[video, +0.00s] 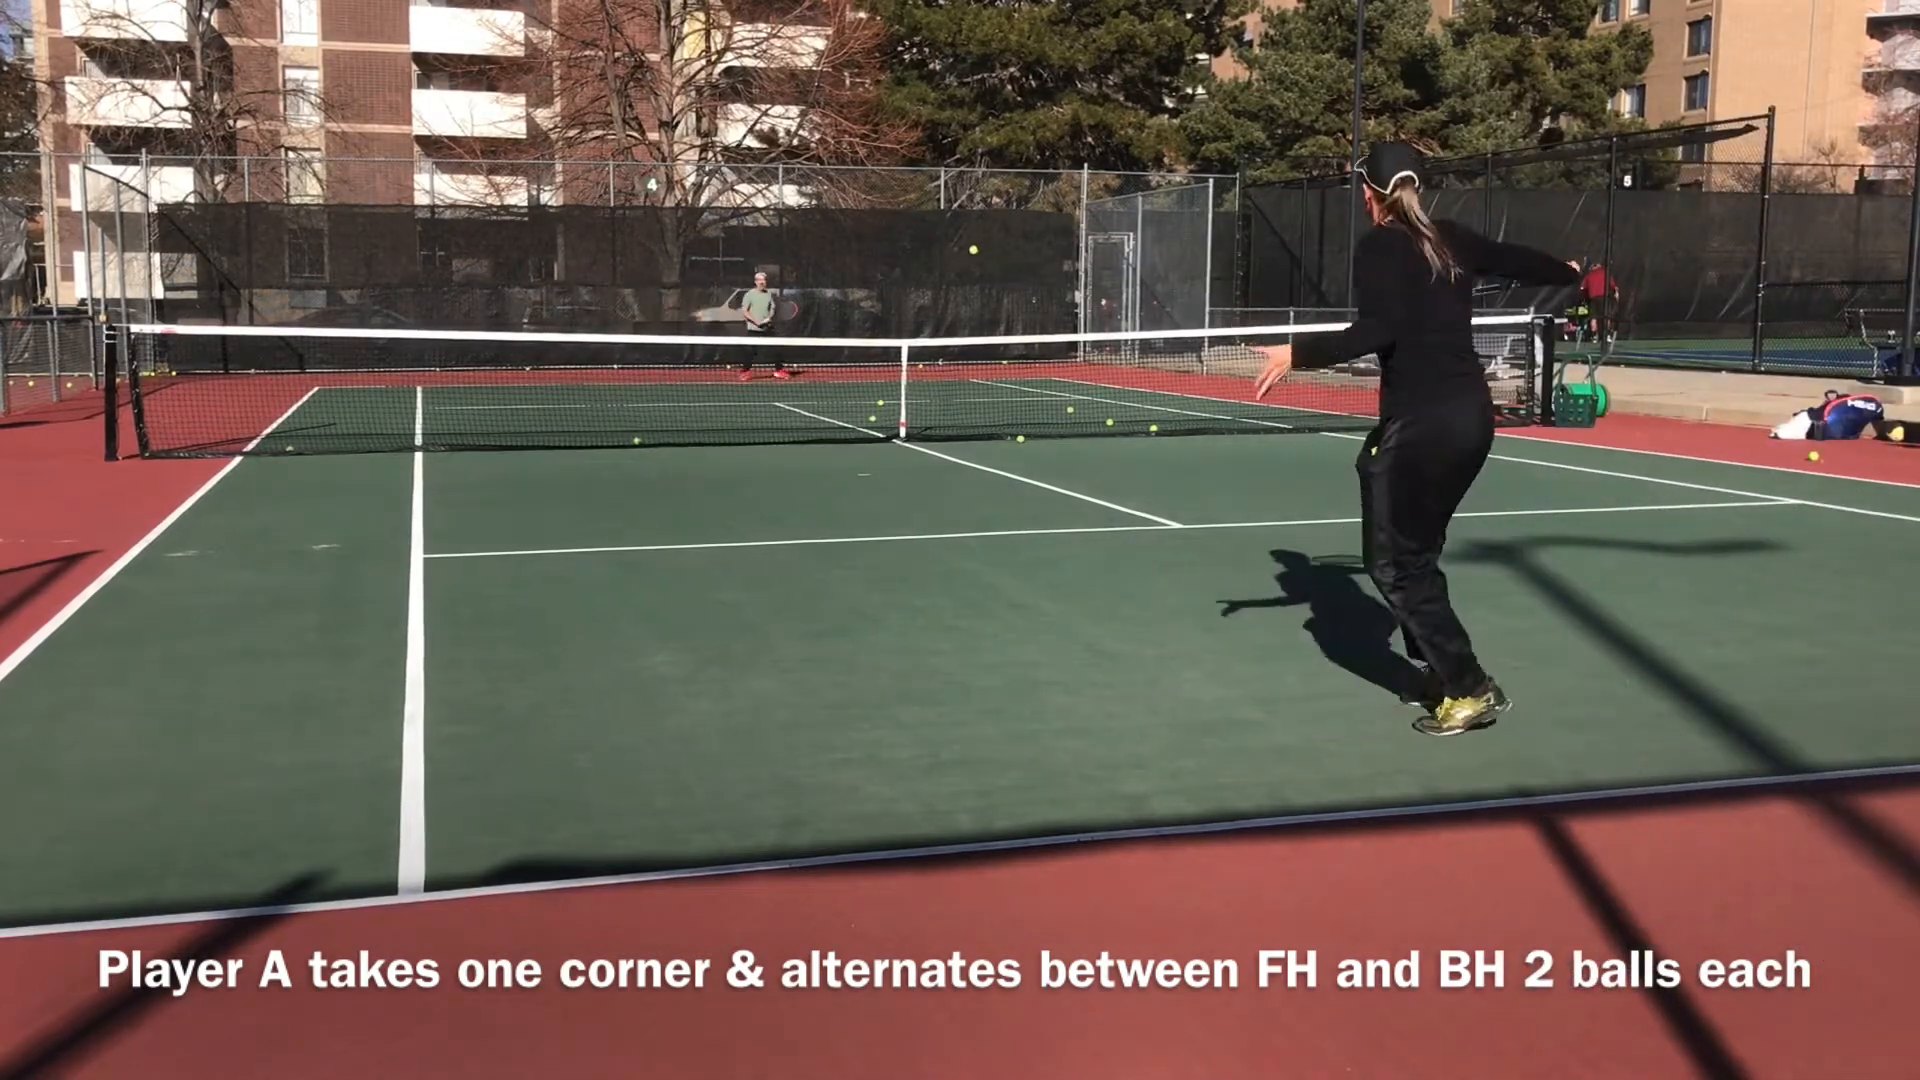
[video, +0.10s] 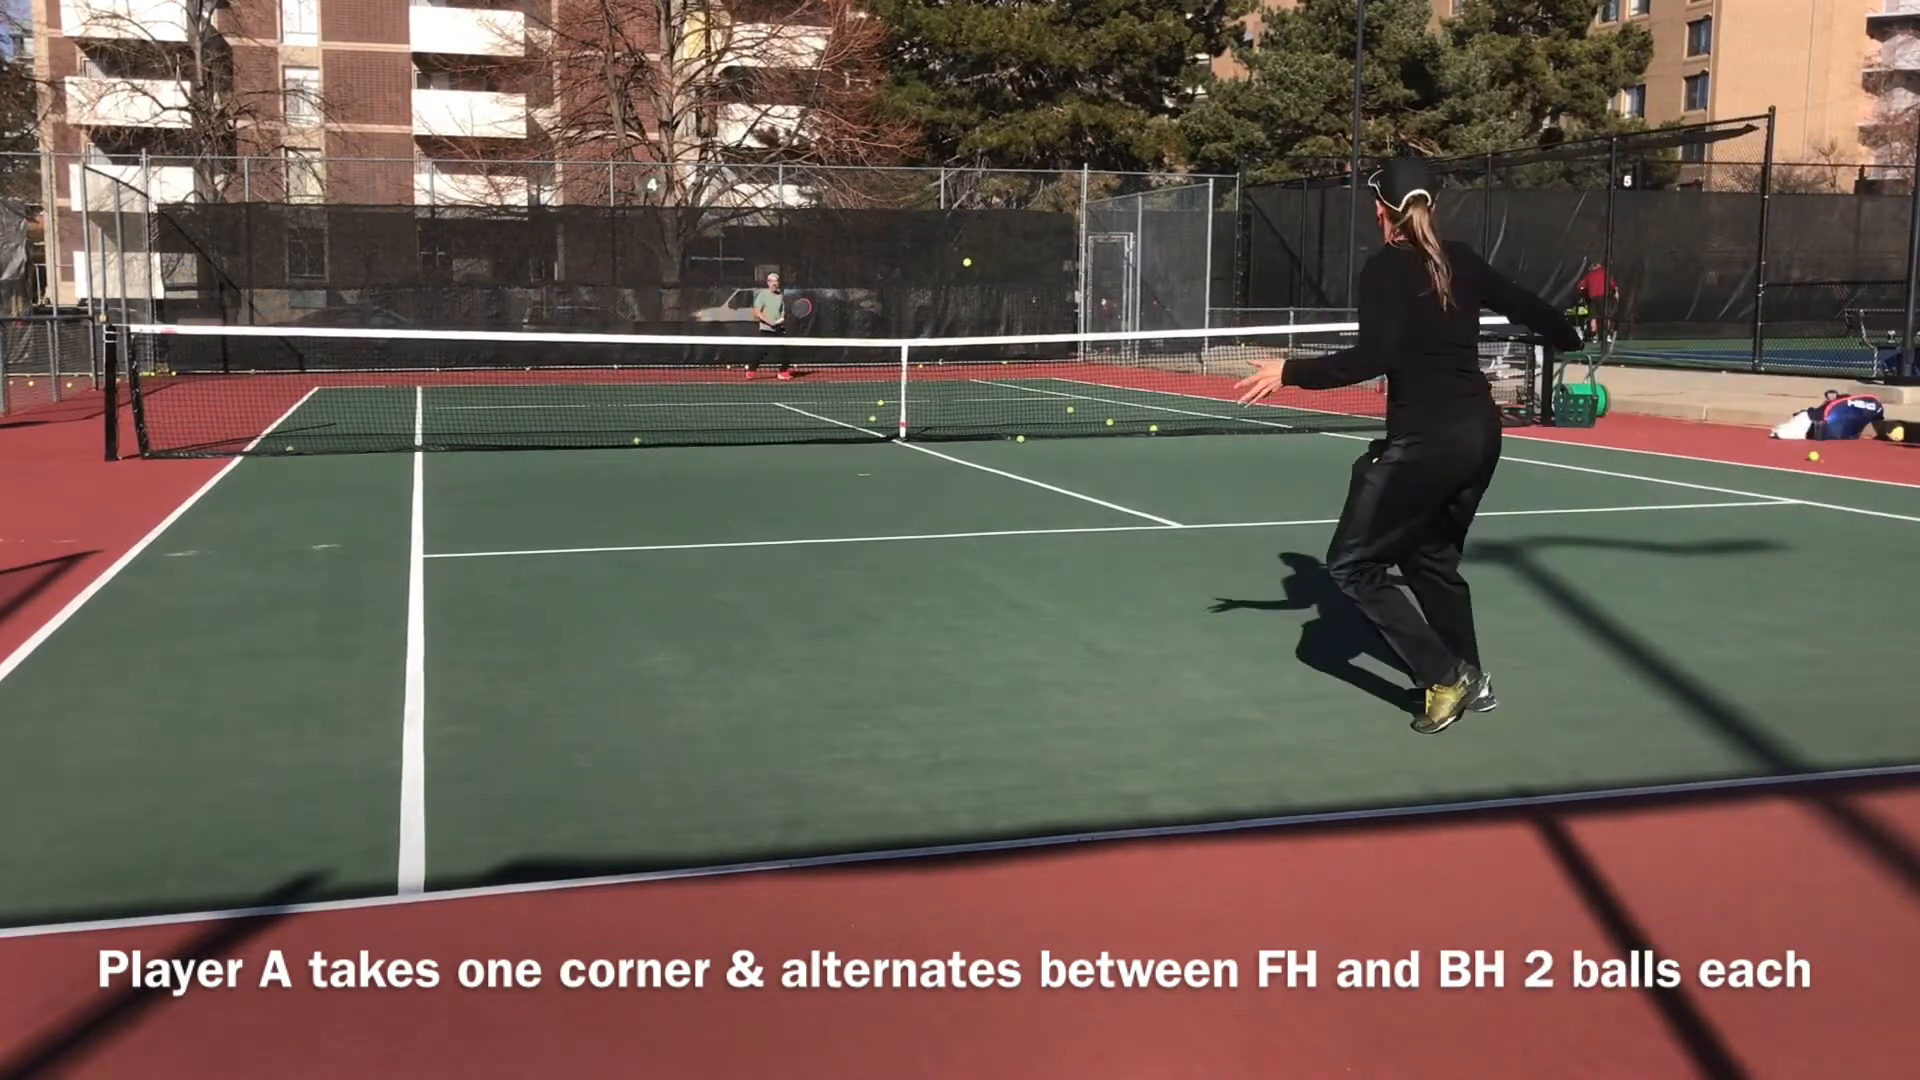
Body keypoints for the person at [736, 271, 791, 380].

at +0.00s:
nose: (761, 282)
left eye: (763, 280)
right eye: (759, 280)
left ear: (766, 281)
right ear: (755, 281)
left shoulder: (768, 294)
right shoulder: (749, 295)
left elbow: (772, 307)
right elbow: (744, 311)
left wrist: (769, 318)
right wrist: (756, 322)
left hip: (767, 326)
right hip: (753, 327)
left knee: (777, 347)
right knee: (751, 349)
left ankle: (778, 369)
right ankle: (746, 370)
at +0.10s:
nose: (774, 283)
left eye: (776, 281)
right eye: (772, 281)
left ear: (779, 283)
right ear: (768, 283)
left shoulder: (780, 296)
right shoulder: (763, 295)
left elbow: (783, 310)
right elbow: (757, 312)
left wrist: (780, 319)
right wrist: (769, 322)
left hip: (778, 327)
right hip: (765, 327)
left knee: (783, 349)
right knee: (761, 349)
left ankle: (783, 370)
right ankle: (752, 369)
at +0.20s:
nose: (786, 284)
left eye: (788, 282)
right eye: (784, 282)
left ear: (790, 283)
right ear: (779, 283)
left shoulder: (790, 297)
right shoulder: (774, 295)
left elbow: (791, 311)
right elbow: (771, 313)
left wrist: (791, 318)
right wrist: (782, 323)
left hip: (786, 327)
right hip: (774, 327)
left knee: (787, 348)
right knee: (774, 348)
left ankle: (786, 367)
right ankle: (772, 367)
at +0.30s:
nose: (797, 286)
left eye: (799, 284)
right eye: (795, 284)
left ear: (801, 286)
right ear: (790, 285)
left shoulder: (797, 298)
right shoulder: (786, 297)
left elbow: (797, 313)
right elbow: (785, 315)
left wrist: (801, 321)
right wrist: (796, 325)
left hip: (794, 329)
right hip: (784, 330)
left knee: (803, 349)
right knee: (783, 351)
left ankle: (802, 368)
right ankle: (775, 370)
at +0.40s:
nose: (809, 289)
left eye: (811, 287)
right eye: (807, 287)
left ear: (812, 288)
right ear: (802, 287)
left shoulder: (807, 300)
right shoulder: (798, 299)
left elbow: (805, 315)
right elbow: (798, 316)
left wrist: (811, 323)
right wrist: (808, 327)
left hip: (803, 331)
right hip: (794, 332)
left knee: (813, 350)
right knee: (792, 354)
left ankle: (816, 370)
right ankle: (778, 366)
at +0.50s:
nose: (819, 292)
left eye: (821, 290)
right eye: (817, 290)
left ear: (821, 291)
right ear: (812, 290)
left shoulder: (816, 304)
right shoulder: (808, 303)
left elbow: (816, 319)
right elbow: (810, 319)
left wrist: (823, 327)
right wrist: (820, 328)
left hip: (812, 334)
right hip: (805, 335)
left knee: (820, 353)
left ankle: (819, 370)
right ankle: (797, 364)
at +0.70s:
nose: (839, 296)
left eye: (840, 294)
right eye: (837, 293)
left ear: (841, 295)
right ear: (832, 294)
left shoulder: (827, 304)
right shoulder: (831, 305)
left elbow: (829, 322)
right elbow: (832, 322)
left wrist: (836, 332)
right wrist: (838, 333)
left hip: (821, 334)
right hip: (825, 334)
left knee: (833, 354)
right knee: (844, 347)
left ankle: (820, 370)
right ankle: (848, 370)